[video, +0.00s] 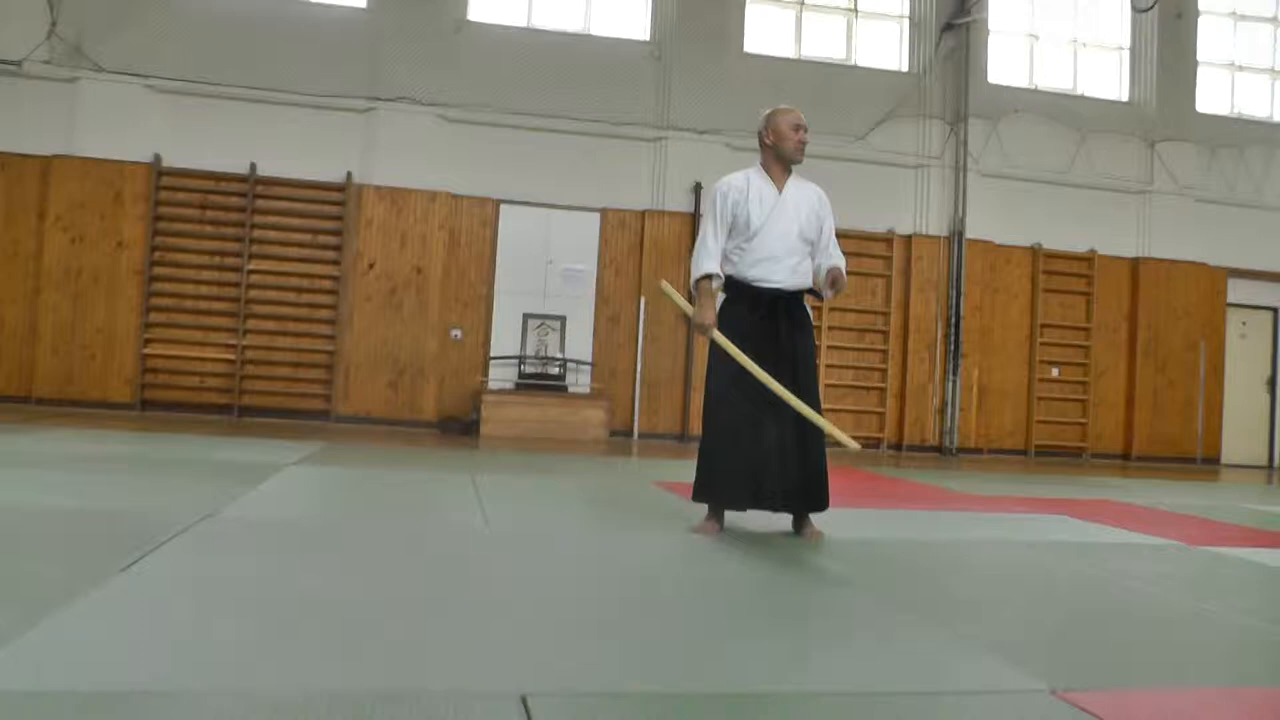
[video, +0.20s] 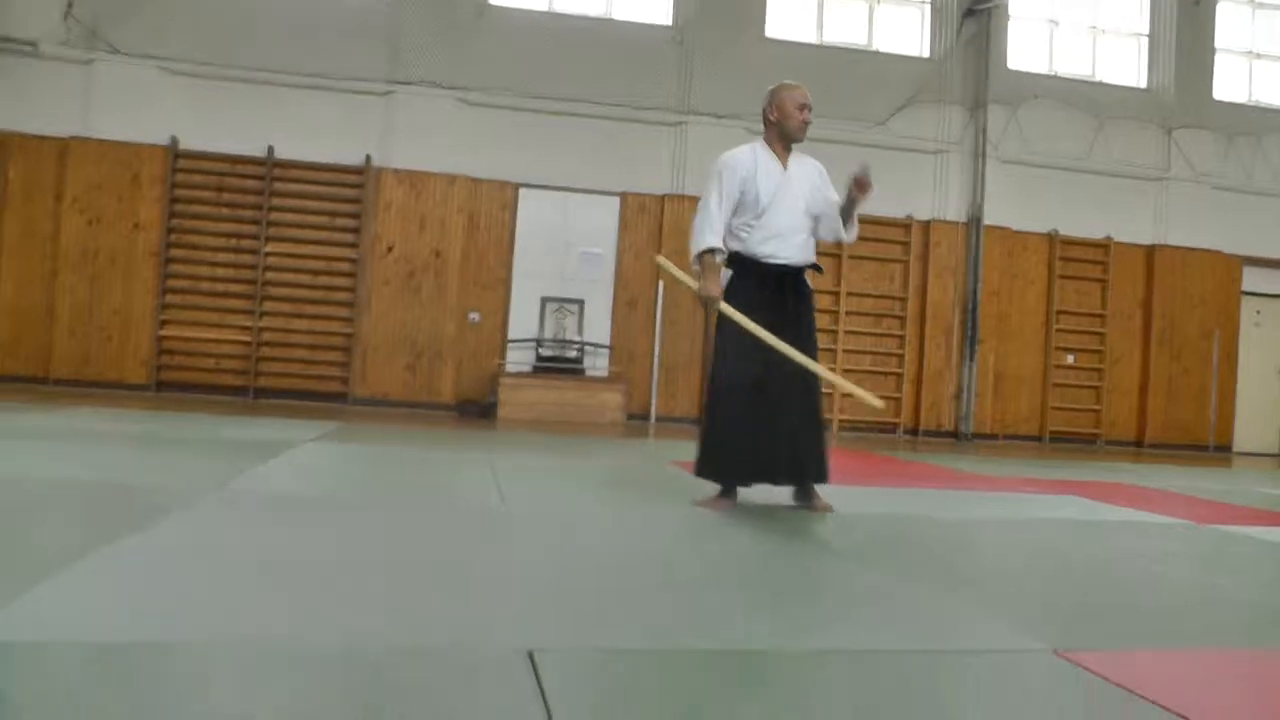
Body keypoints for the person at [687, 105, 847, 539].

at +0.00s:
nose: (805, 137)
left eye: (805, 131)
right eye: (796, 129)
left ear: (801, 141)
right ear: (767, 137)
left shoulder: (814, 197)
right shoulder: (732, 188)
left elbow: (828, 253)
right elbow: (708, 247)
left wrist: (834, 274)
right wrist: (705, 300)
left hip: (792, 312)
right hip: (741, 308)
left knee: (801, 409)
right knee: (728, 406)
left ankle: (802, 516)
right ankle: (715, 513)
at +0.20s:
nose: (808, 117)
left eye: (809, 111)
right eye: (800, 109)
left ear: (797, 118)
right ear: (772, 113)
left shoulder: (812, 170)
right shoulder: (737, 162)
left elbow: (830, 229)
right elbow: (711, 218)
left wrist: (851, 202)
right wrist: (710, 272)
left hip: (794, 286)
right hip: (747, 283)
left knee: (801, 381)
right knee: (736, 379)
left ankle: (804, 485)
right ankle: (727, 485)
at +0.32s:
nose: (753, 108)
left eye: (755, 102)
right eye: (746, 99)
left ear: (751, 108)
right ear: (719, 101)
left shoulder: (753, 159)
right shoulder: (684, 150)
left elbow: (767, 212)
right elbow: (660, 204)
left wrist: (794, 201)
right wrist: (662, 262)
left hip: (735, 271)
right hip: (690, 267)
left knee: (741, 365)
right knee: (682, 364)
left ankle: (741, 469)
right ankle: (673, 470)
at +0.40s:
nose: (708, 110)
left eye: (709, 103)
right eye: (700, 102)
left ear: (704, 111)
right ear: (672, 107)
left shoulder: (710, 164)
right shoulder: (642, 155)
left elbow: (726, 223)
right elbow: (621, 212)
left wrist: (747, 235)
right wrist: (628, 268)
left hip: (692, 275)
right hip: (647, 271)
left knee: (695, 370)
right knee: (640, 369)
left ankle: (688, 472)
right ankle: (633, 472)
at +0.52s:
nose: (656, 139)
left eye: (658, 133)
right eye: (648, 131)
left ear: (656, 142)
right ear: (622, 136)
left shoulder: (660, 195)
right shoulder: (595, 184)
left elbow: (669, 252)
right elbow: (578, 241)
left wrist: (676, 287)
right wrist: (588, 295)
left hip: (644, 303)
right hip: (603, 297)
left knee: (640, 399)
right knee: (594, 398)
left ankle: (632, 499)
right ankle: (587, 499)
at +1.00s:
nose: (615, 189)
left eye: (619, 184)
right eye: (607, 181)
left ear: (623, 192)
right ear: (585, 188)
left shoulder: (626, 244)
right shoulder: (563, 230)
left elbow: (640, 302)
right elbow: (546, 285)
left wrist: (652, 350)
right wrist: (555, 336)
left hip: (611, 345)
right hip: (570, 341)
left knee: (611, 434)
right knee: (565, 434)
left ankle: (605, 530)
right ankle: (560, 536)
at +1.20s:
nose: (622, 183)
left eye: (626, 178)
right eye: (613, 175)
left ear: (629, 187)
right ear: (591, 182)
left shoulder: (632, 237)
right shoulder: (568, 223)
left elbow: (645, 291)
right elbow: (550, 276)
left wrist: (659, 329)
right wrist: (559, 324)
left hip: (615, 337)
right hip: (574, 332)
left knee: (611, 425)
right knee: (566, 425)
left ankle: (602, 520)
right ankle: (559, 524)